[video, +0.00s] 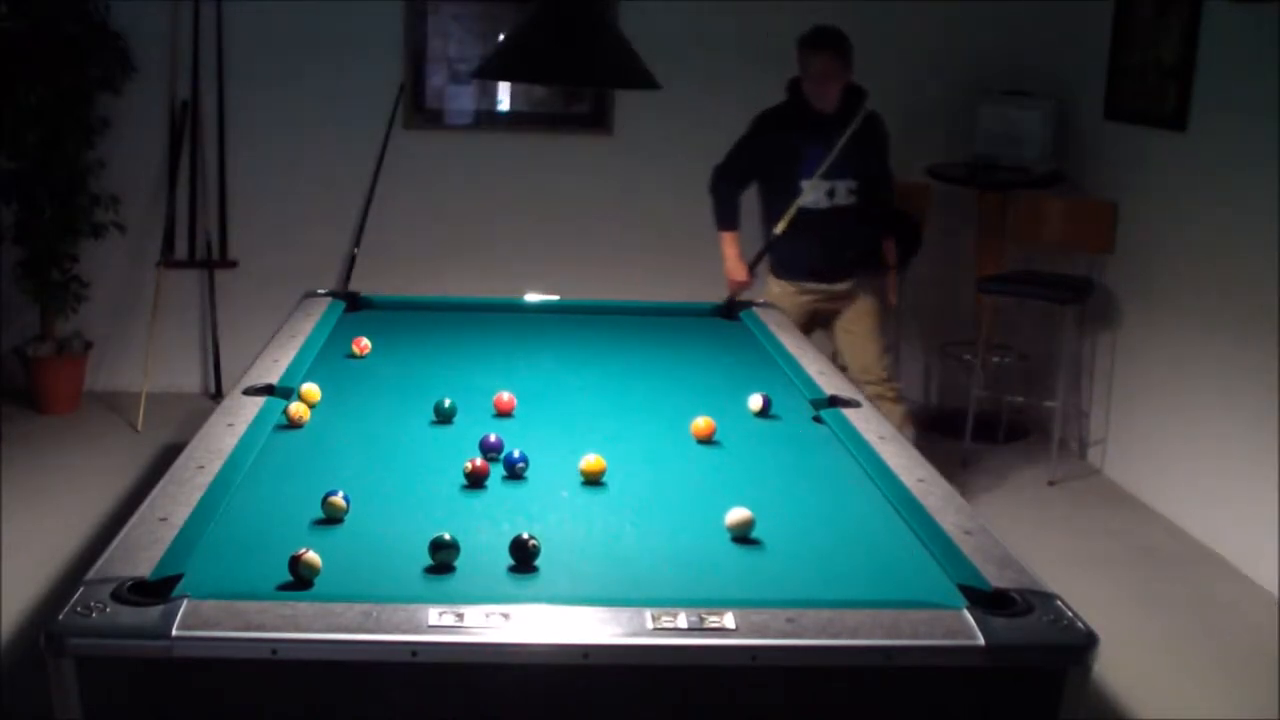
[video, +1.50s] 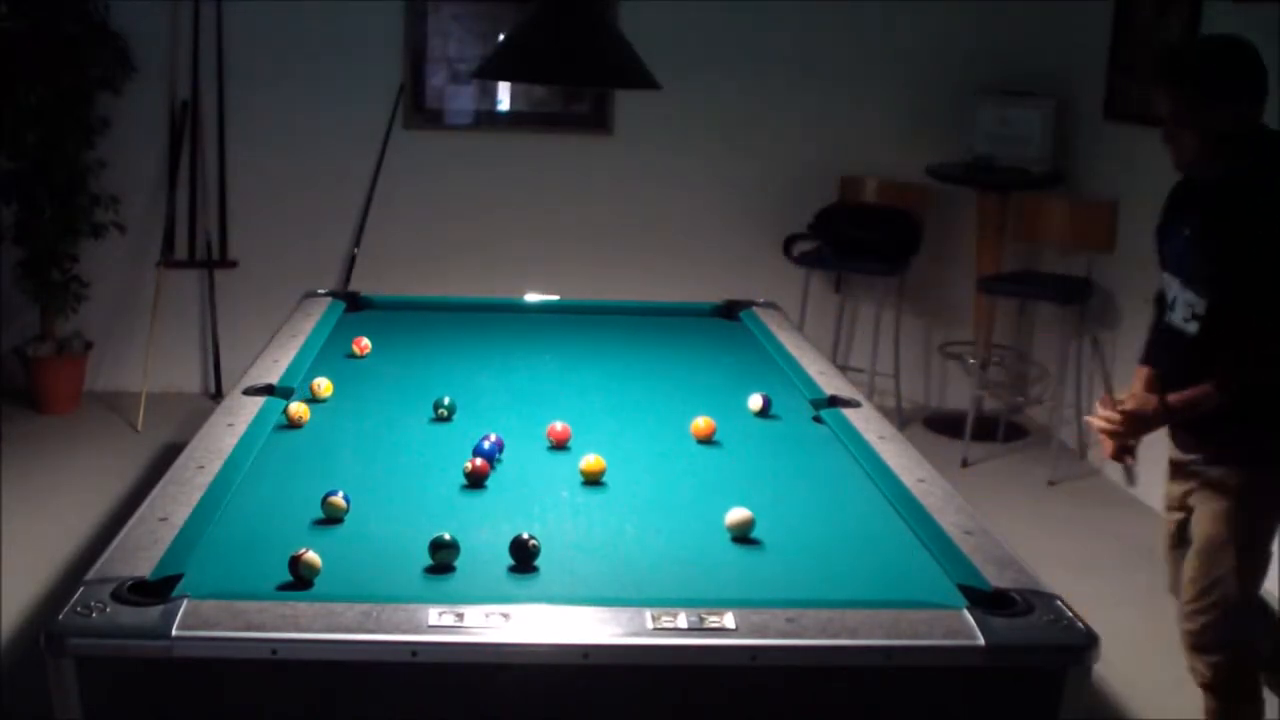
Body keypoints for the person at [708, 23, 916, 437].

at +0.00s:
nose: (821, 78)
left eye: (830, 69)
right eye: (813, 68)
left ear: (847, 71)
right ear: (800, 70)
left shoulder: (866, 125)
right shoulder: (776, 123)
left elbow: (882, 202)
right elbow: (724, 180)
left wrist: (890, 270)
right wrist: (731, 256)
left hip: (855, 285)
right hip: (791, 286)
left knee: (877, 385)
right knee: (766, 382)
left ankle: (908, 483)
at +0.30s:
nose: (936, 81)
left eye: (947, 71)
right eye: (927, 70)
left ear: (962, 74)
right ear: (911, 70)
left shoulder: (981, 135)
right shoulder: (880, 128)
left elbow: (1002, 218)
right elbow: (836, 198)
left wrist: (1007, 290)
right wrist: (835, 269)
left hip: (965, 297)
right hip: (898, 298)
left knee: (961, 417)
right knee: (907, 410)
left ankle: (944, 509)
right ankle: (875, 501)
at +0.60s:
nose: (1012, 100)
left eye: (1023, 88)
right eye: (1002, 88)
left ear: (1043, 90)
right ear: (987, 88)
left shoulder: (1068, 152)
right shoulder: (959, 151)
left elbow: (1093, 236)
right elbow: (918, 231)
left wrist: (1098, 316)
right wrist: (914, 309)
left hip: (1039, 318)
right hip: (975, 316)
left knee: (988, 422)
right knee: (1016, 448)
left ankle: (948, 498)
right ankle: (1043, 567)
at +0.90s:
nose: (1080, 100)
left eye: (1092, 88)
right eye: (1070, 87)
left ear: (1114, 88)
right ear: (1055, 88)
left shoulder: (1158, 162)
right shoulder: (1028, 160)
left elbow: (1183, 262)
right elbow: (992, 249)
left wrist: (1169, 352)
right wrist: (984, 335)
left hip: (1134, 361)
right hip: (1049, 358)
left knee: (1138, 500)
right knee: (1059, 503)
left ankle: (1103, 561)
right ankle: (1074, 626)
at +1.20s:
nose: (1136, 128)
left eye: (1150, 113)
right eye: (1128, 113)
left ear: (1184, 109)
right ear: (1120, 111)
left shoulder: (1240, 196)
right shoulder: (1106, 182)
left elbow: (1265, 313)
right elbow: (1070, 280)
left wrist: (1214, 389)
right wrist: (1041, 368)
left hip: (1187, 411)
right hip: (1096, 400)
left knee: (1206, 566)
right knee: (1075, 536)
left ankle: (1229, 707)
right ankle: (1070, 643)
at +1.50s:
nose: (1169, 133)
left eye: (1183, 116)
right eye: (1169, 116)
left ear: (1224, 116)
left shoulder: (1266, 200)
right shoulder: (1190, 198)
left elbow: (1262, 368)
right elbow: (1171, 321)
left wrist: (1160, 410)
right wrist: (1138, 405)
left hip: (1245, 456)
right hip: (1189, 448)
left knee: (1211, 630)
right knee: (1205, 610)